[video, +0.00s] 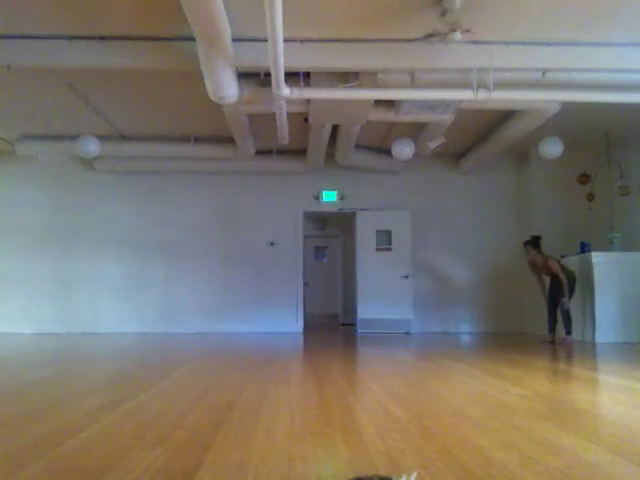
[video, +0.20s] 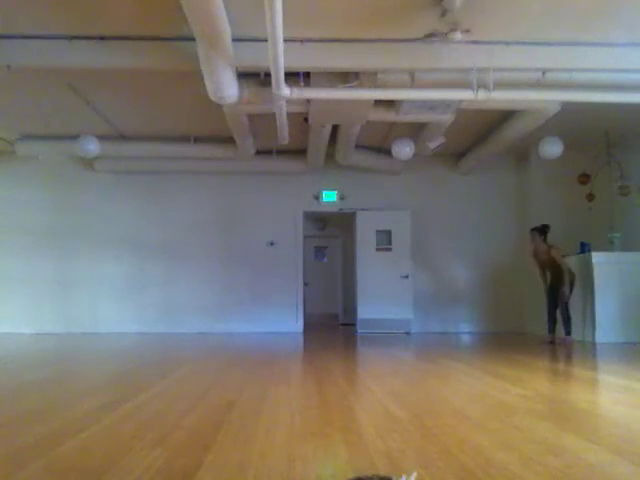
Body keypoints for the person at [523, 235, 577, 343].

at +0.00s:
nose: (527, 254)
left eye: (529, 251)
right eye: (525, 252)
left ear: (536, 250)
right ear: (526, 252)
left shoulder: (548, 261)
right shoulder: (532, 263)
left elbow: (564, 278)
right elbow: (541, 281)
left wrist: (566, 296)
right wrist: (545, 299)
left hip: (567, 278)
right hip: (555, 279)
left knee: (563, 304)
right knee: (551, 306)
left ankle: (568, 335)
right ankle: (551, 336)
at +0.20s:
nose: (532, 240)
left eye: (535, 236)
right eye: (531, 237)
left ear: (541, 237)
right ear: (533, 239)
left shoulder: (552, 250)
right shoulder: (535, 253)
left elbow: (566, 269)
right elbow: (542, 271)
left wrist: (566, 286)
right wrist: (545, 287)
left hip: (566, 275)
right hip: (554, 276)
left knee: (563, 304)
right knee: (551, 305)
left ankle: (568, 335)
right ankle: (551, 335)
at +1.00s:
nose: (537, 232)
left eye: (540, 229)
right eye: (537, 229)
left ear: (547, 230)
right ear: (539, 231)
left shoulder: (552, 244)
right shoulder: (539, 244)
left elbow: (563, 259)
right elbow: (539, 262)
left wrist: (557, 275)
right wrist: (534, 275)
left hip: (549, 278)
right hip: (538, 278)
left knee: (551, 307)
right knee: (546, 307)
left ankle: (564, 331)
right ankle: (552, 333)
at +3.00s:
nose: (548, 235)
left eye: (549, 232)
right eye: (546, 233)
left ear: (555, 229)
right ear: (548, 232)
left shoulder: (566, 242)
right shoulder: (551, 243)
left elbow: (573, 259)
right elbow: (548, 258)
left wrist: (561, 269)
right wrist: (545, 266)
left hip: (562, 276)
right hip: (551, 276)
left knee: (564, 305)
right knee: (549, 303)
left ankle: (567, 336)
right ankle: (551, 332)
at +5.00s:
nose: (539, 239)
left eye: (539, 236)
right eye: (537, 237)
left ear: (545, 232)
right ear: (539, 235)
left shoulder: (558, 240)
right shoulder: (545, 243)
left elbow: (567, 255)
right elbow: (547, 257)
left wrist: (551, 265)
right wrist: (542, 263)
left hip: (560, 273)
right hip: (549, 274)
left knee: (562, 304)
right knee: (553, 304)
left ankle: (566, 335)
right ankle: (557, 334)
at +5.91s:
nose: (541, 232)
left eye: (543, 229)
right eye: (540, 229)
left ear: (550, 228)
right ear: (542, 230)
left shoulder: (558, 240)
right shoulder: (545, 242)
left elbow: (566, 255)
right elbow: (544, 256)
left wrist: (552, 264)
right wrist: (542, 265)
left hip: (558, 273)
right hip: (548, 273)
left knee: (561, 304)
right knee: (552, 305)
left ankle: (566, 335)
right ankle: (556, 334)